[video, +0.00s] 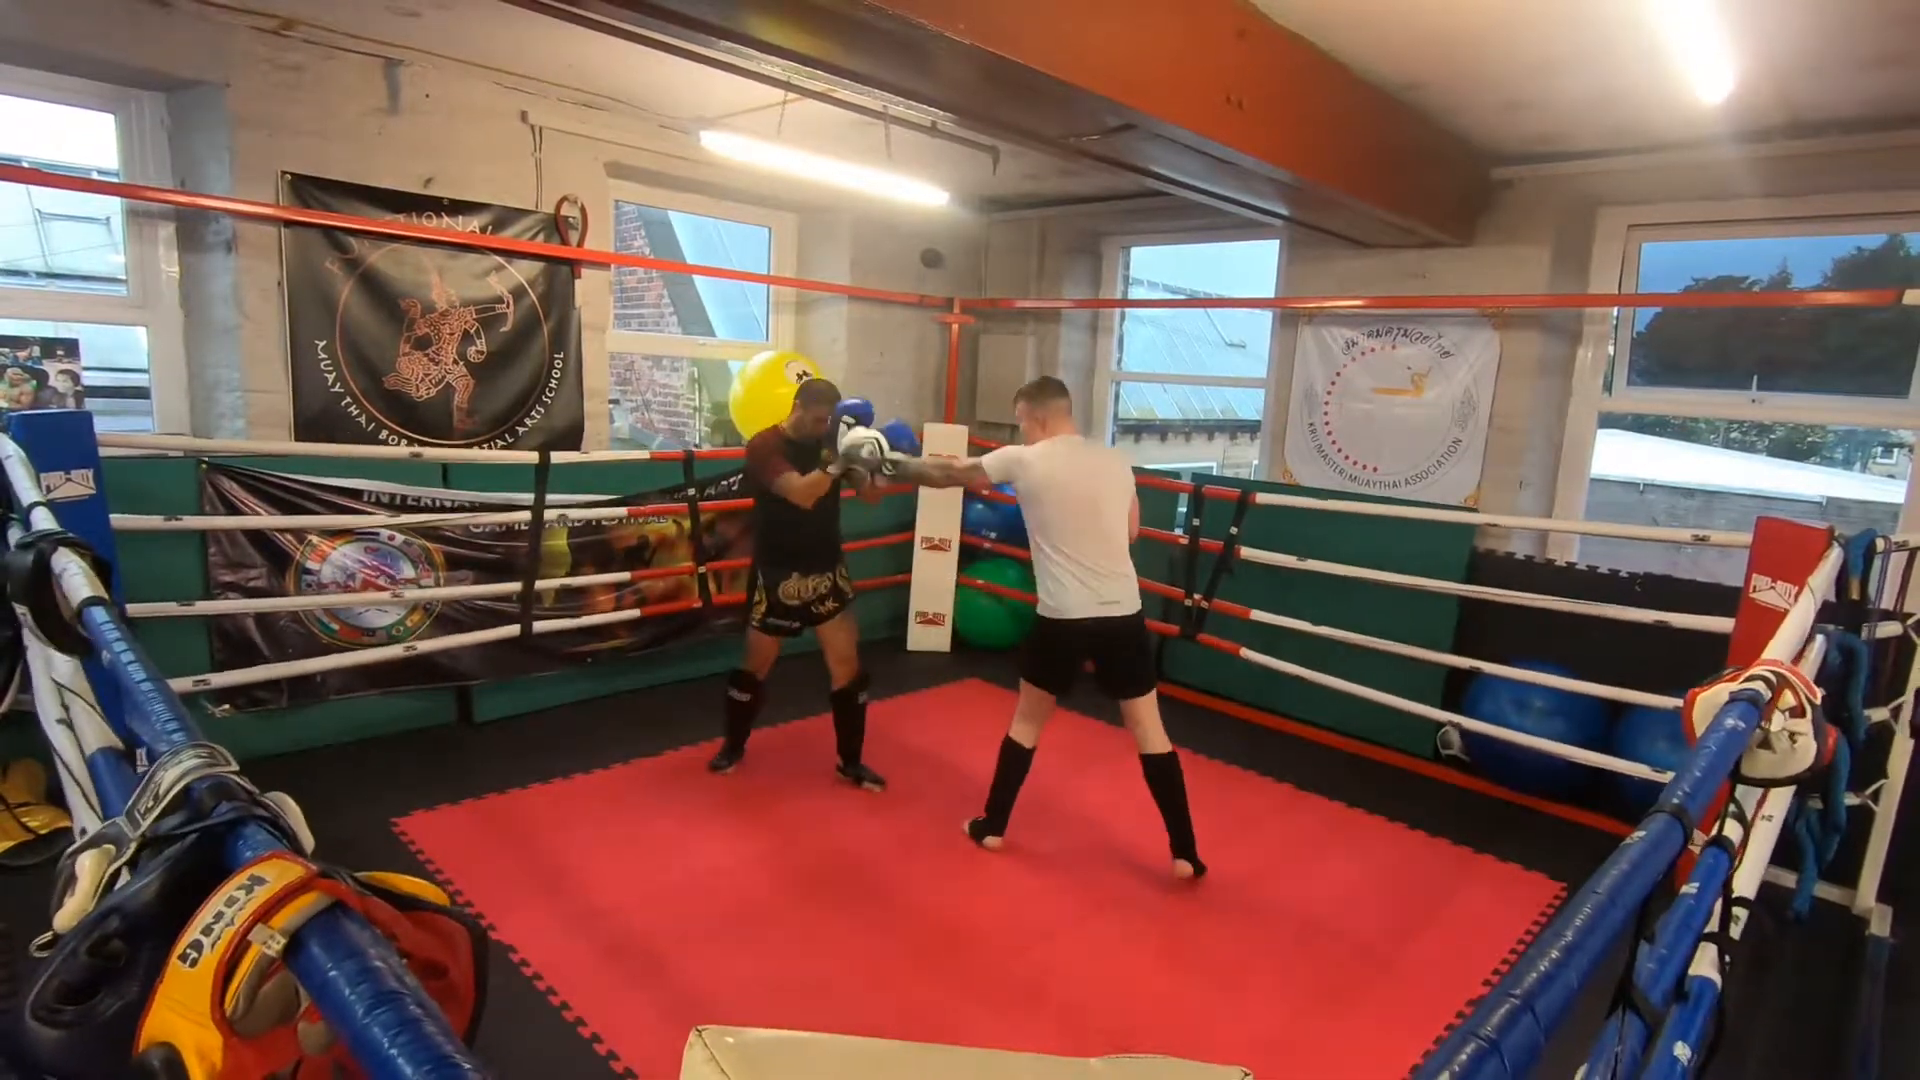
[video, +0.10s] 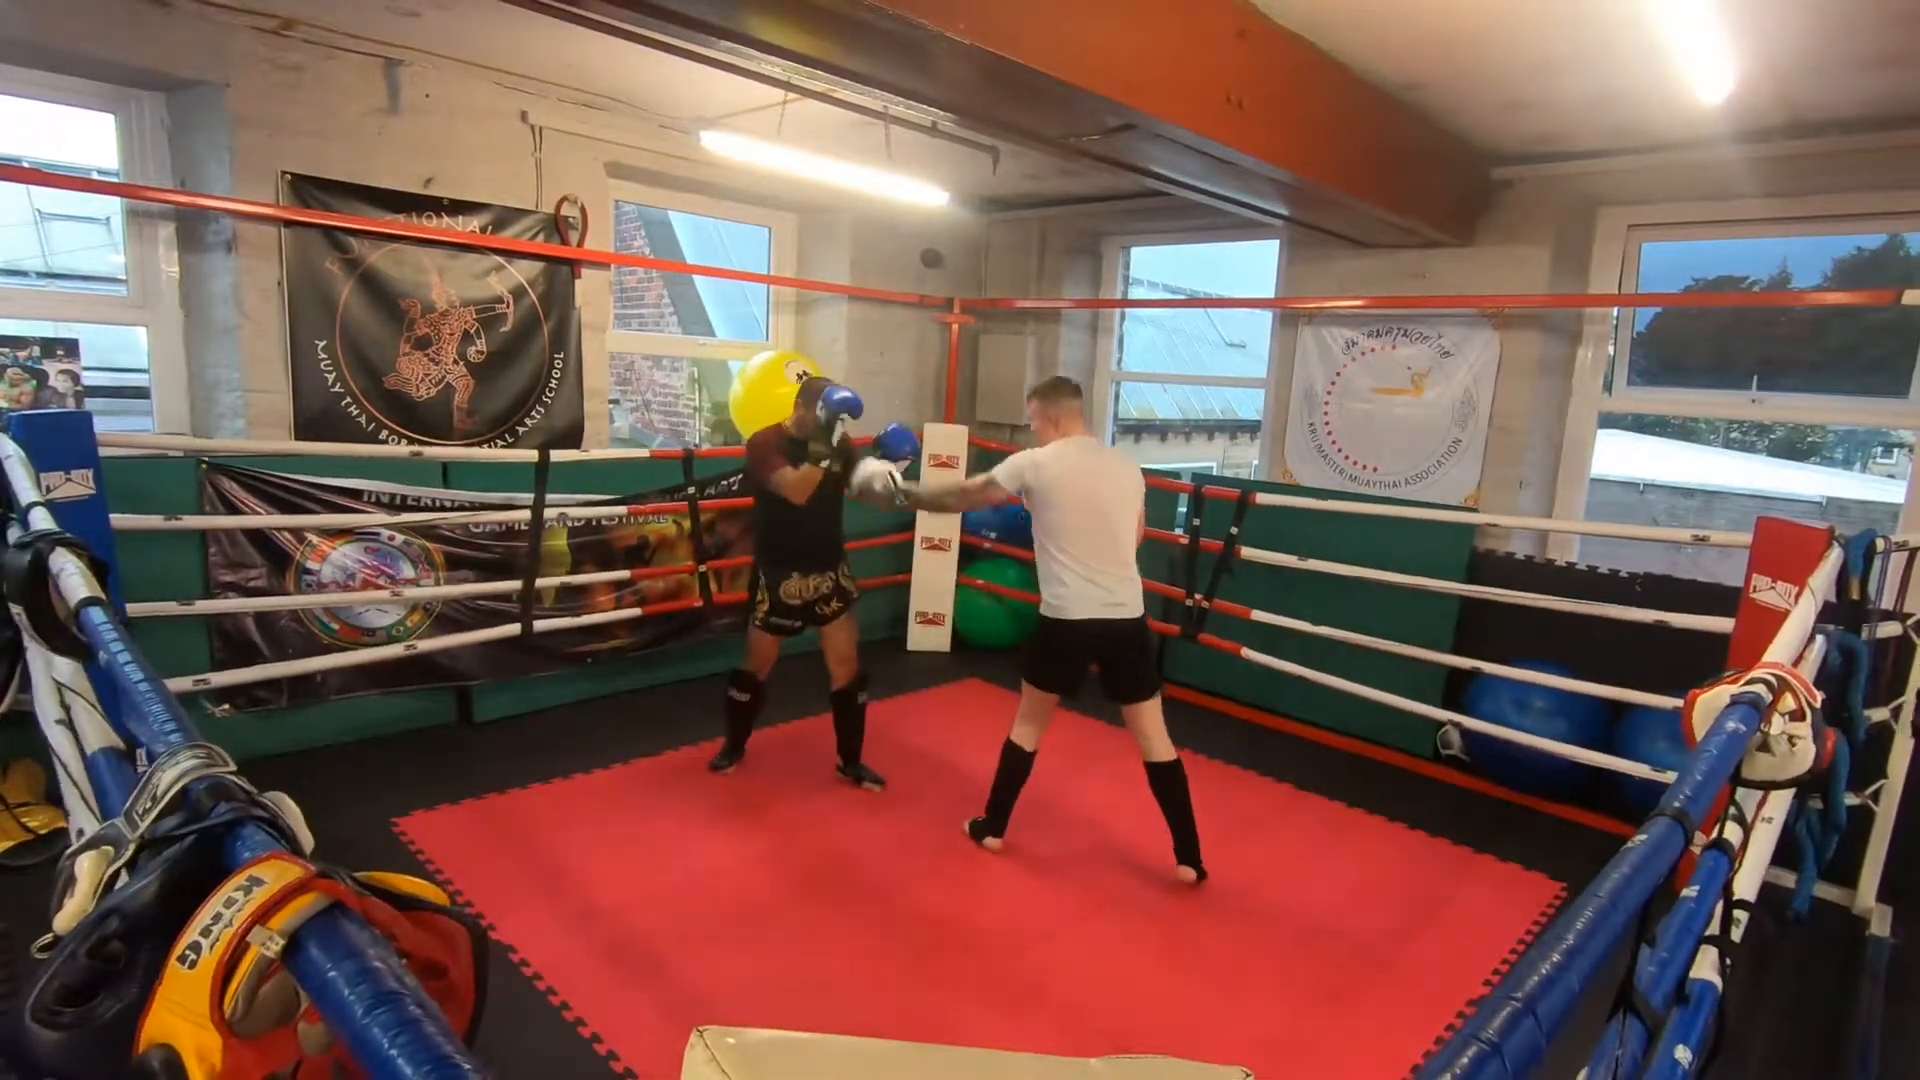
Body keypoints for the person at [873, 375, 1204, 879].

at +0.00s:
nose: (1021, 430)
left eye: (1021, 422)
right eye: (1020, 423)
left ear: (1035, 419)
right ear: (1068, 414)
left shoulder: (1023, 459)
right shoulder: (1117, 461)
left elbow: (948, 473)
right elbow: (1132, 529)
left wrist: (884, 462)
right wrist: (1076, 515)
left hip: (1061, 621)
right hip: (1124, 620)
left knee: (1028, 721)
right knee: (1150, 729)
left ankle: (993, 826)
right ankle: (1185, 852)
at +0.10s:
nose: (1032, 430)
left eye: (1034, 422)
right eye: (1031, 422)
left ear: (1050, 418)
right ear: (1079, 415)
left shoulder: (1034, 463)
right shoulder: (1127, 466)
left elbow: (964, 495)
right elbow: (1134, 535)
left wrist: (901, 489)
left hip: (1064, 624)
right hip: (1127, 626)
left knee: (1029, 723)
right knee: (1154, 736)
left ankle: (993, 826)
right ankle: (1190, 859)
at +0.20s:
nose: (1043, 439)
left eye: (1043, 431)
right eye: (1041, 431)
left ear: (1060, 425)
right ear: (1096, 424)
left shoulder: (1054, 473)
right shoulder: (1141, 475)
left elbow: (992, 535)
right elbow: (1120, 538)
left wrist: (936, 543)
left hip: (1068, 630)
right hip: (1132, 635)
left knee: (1030, 725)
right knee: (1153, 748)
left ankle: (993, 825)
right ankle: (1184, 871)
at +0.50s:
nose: (1040, 435)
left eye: (1041, 426)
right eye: (1039, 427)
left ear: (1059, 423)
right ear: (1091, 423)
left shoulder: (1049, 471)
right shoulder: (1139, 472)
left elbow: (978, 517)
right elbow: (1140, 542)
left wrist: (924, 501)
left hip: (1070, 632)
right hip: (1135, 636)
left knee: (1029, 728)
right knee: (1155, 748)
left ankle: (990, 837)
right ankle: (1188, 872)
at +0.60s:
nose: (1033, 434)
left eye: (1035, 425)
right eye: (1033, 425)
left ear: (1049, 422)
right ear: (1084, 420)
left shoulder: (1036, 464)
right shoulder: (1128, 466)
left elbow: (955, 483)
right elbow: (1143, 536)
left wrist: (902, 466)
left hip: (1069, 631)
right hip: (1134, 632)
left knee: (1029, 729)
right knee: (1158, 740)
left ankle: (990, 838)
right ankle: (1192, 863)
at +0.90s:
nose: (1050, 444)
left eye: (1052, 434)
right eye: (1049, 434)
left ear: (1071, 431)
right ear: (1101, 431)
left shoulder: (1061, 478)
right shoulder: (1148, 478)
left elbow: (981, 516)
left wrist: (918, 516)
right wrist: (1018, 500)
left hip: (1078, 642)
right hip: (1143, 647)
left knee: (1028, 735)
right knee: (1168, 760)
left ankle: (990, 837)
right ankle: (1203, 882)